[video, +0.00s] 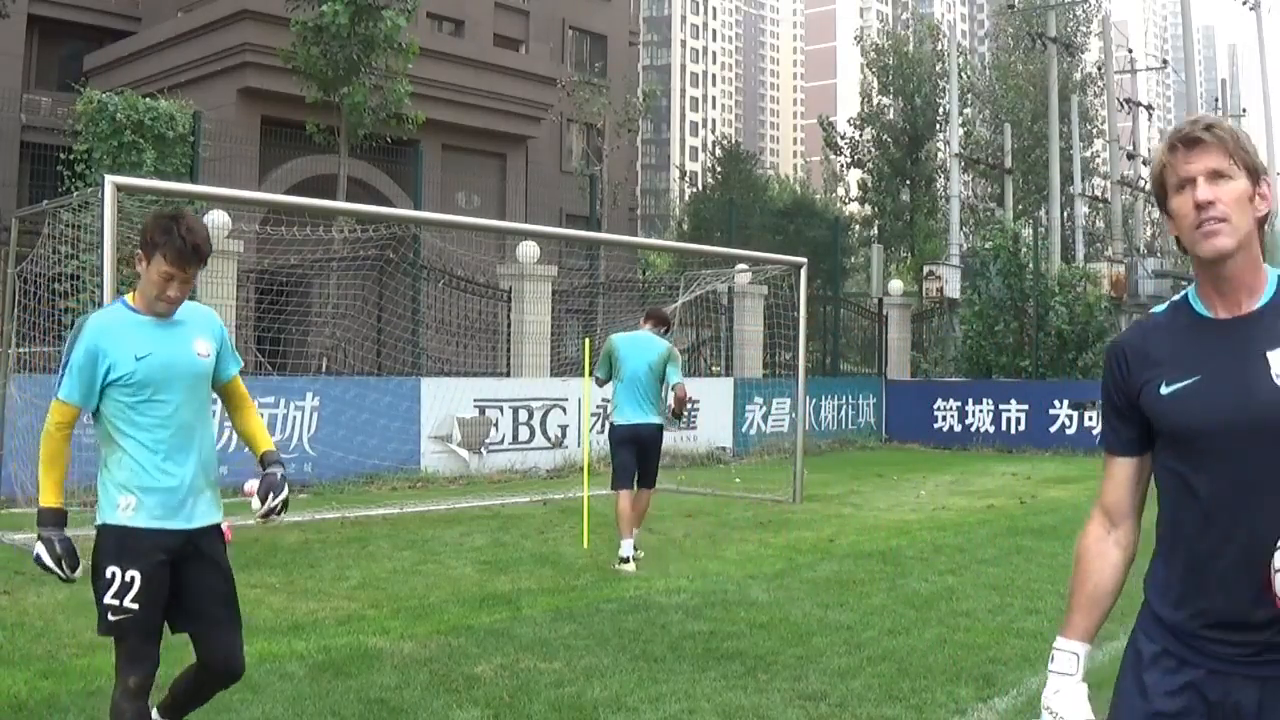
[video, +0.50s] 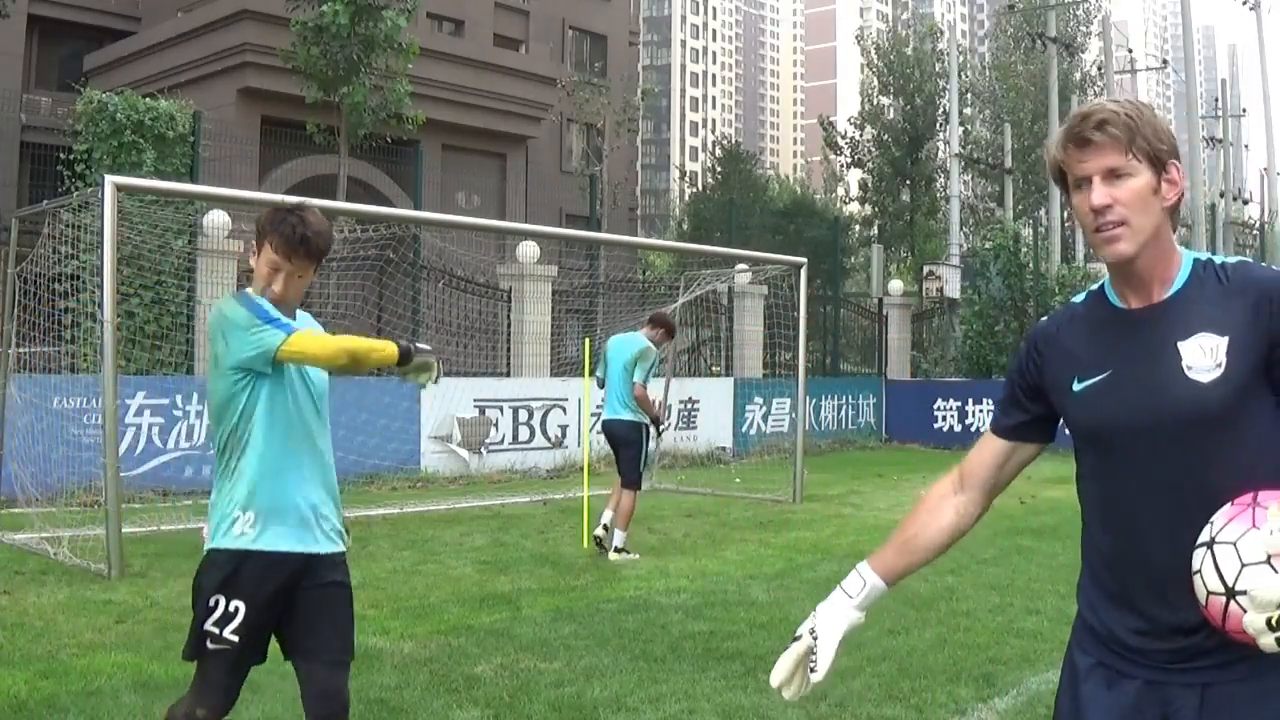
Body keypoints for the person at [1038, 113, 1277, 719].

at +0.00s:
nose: (1203, 196)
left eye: (1220, 176)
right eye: (1183, 186)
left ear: (1261, 196)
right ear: (1170, 219)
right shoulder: (1140, 353)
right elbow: (1112, 522)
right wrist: (1066, 665)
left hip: (1275, 662)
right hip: (1175, 662)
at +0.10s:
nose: (1171, 193)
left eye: (1188, 172)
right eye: (1152, 183)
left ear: (1231, 192)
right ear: (1137, 218)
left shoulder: (1277, 311)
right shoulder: (1114, 351)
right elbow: (1077, 523)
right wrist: (1025, 663)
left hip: (1272, 660)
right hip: (1157, 665)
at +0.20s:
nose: (1141, 200)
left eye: (1156, 177)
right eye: (1119, 188)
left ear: (1197, 188)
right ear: (1101, 219)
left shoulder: (1271, 301)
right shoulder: (1082, 354)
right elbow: (1033, 518)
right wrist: (960, 652)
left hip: (1264, 662)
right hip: (1136, 666)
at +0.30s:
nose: (1131, 200)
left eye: (1145, 177)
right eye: (1106, 188)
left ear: (1181, 186)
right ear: (1086, 219)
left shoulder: (1268, 301)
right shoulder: (1068, 353)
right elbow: (1007, 511)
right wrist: (920, 639)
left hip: (1260, 663)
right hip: (1126, 670)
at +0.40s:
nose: (1114, 198)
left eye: (1128, 173)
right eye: (1091, 186)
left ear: (1170, 185)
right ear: (1074, 214)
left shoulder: (1260, 300)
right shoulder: (1056, 349)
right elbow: (978, 499)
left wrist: (1272, 563)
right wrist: (871, 614)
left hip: (1253, 663)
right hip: (1116, 671)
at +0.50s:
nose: (1098, 200)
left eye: (1117, 177)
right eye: (1081, 185)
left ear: (1171, 184)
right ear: (1070, 204)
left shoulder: (1261, 302)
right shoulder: (1056, 345)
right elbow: (963, 490)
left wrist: (1272, 557)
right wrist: (849, 597)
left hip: (1249, 669)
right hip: (1110, 675)